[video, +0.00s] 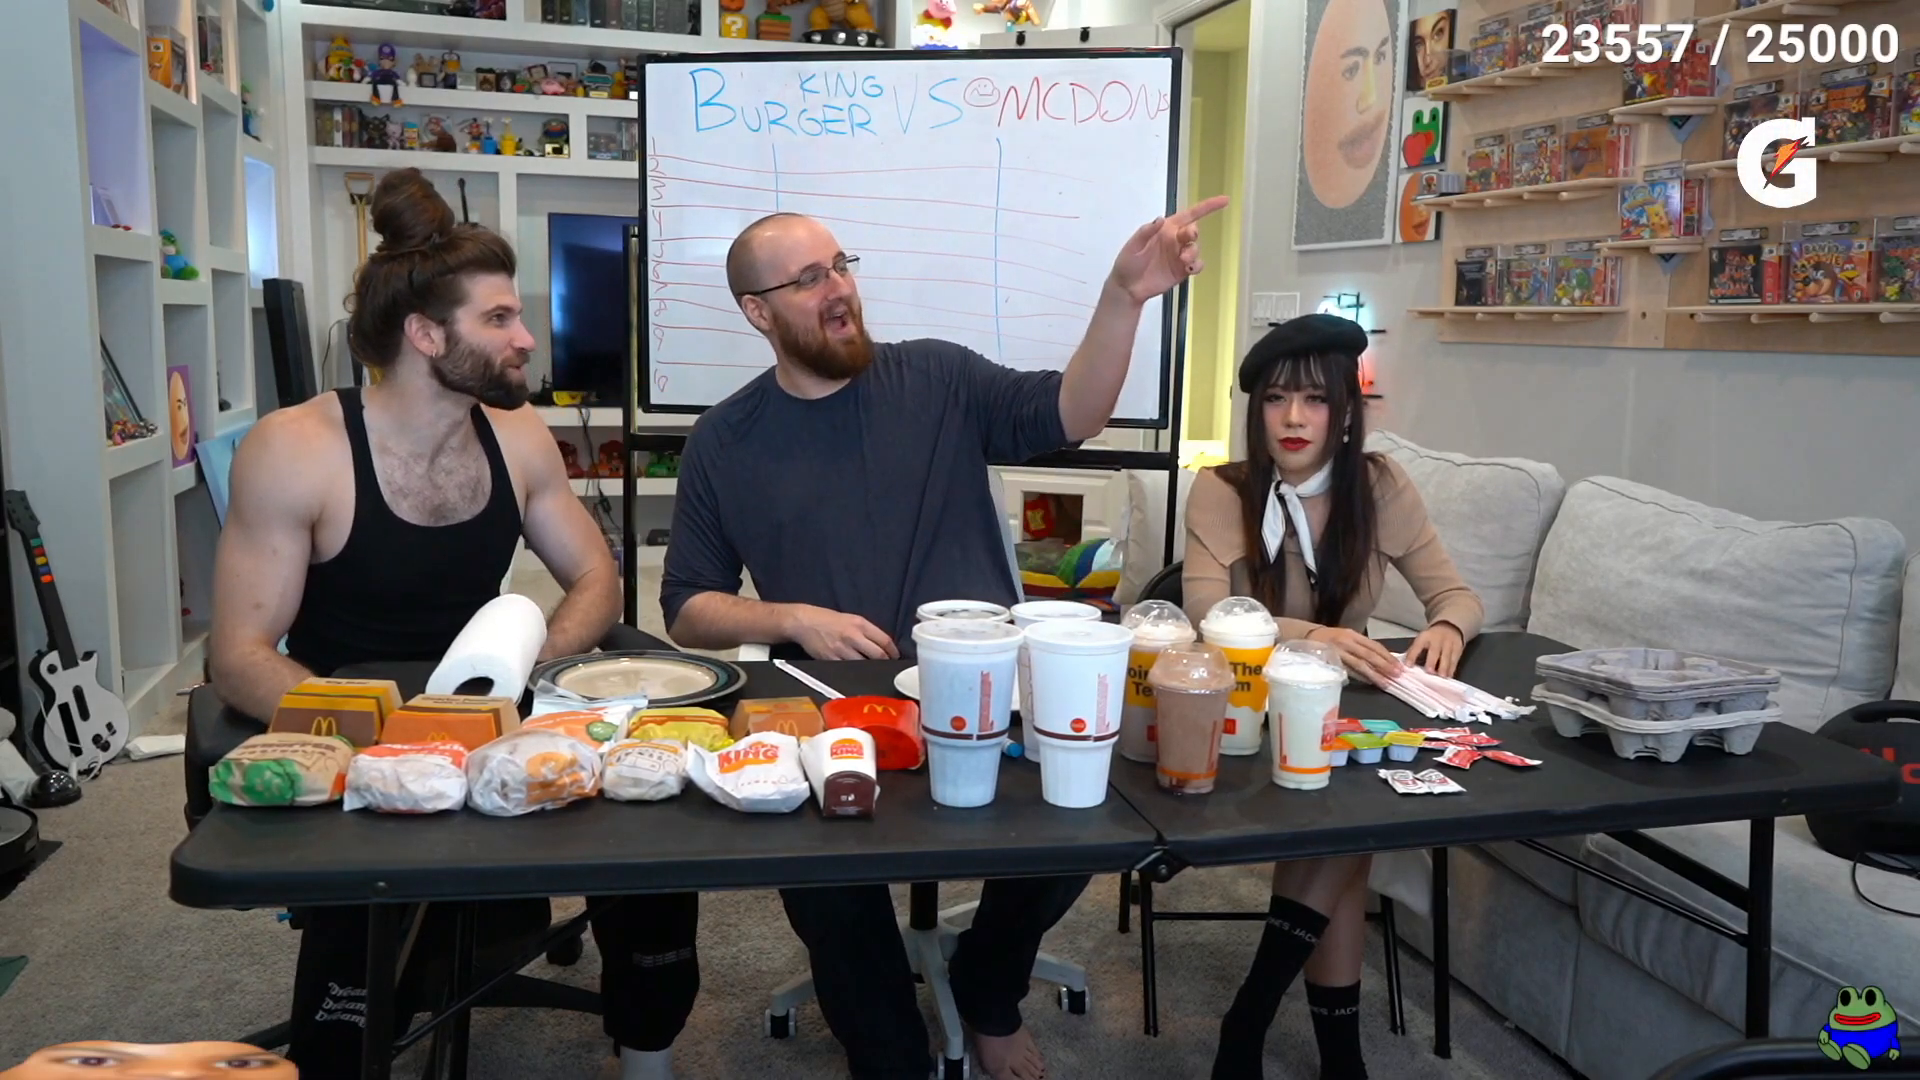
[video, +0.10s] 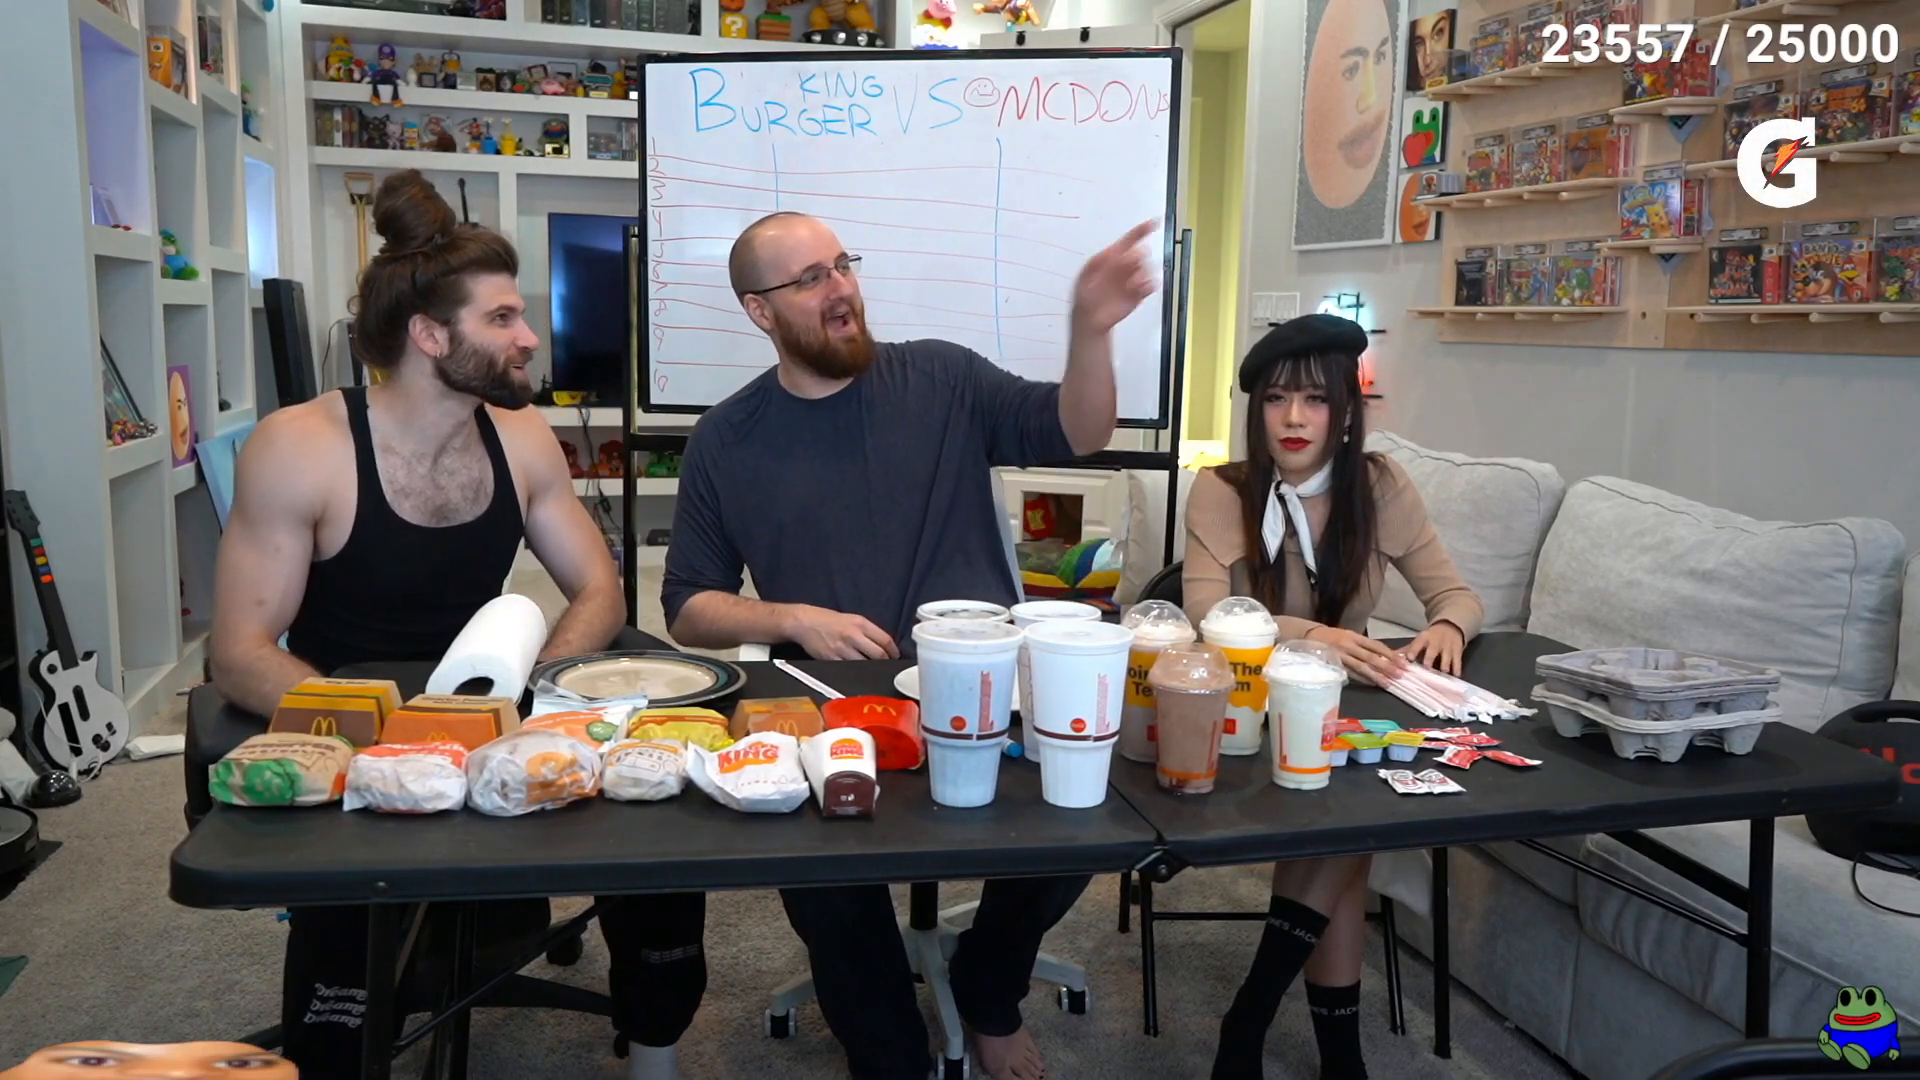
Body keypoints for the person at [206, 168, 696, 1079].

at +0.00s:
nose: (524, 337)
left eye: (521, 316)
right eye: (499, 319)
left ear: (443, 336)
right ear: (424, 337)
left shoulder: (518, 438)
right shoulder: (293, 450)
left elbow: (598, 579)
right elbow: (237, 653)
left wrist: (537, 656)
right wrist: (353, 718)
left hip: (497, 743)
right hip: (345, 755)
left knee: (653, 832)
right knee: (363, 890)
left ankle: (646, 1058)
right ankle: (330, 1069)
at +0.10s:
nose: (528, 336)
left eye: (524, 316)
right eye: (503, 319)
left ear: (447, 336)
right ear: (428, 337)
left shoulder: (521, 439)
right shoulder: (298, 448)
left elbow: (600, 588)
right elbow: (239, 650)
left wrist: (539, 681)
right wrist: (360, 721)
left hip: (496, 743)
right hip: (342, 754)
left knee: (660, 823)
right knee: (353, 880)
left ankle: (652, 1057)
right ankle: (329, 1069)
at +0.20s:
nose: (535, 337)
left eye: (532, 316)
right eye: (510, 319)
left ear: (452, 336)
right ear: (435, 336)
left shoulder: (528, 441)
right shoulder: (305, 446)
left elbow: (606, 599)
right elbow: (235, 647)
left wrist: (541, 683)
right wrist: (363, 719)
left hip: (499, 742)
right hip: (343, 753)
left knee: (663, 820)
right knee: (337, 884)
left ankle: (658, 1051)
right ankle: (319, 1072)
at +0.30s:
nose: (543, 338)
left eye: (540, 318)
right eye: (516, 320)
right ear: (439, 337)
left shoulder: (538, 439)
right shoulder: (313, 445)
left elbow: (615, 601)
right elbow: (227, 641)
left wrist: (543, 688)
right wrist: (357, 715)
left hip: (500, 740)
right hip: (345, 751)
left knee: (663, 825)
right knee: (322, 892)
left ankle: (659, 1048)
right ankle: (313, 1072)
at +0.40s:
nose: (546, 341)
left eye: (543, 321)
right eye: (518, 323)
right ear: (441, 339)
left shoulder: (549, 442)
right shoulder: (317, 449)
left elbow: (620, 604)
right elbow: (222, 639)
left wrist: (543, 685)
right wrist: (357, 710)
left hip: (509, 742)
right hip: (349, 752)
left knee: (660, 830)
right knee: (315, 891)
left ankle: (656, 1055)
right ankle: (312, 1071)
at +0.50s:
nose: (544, 344)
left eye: (542, 324)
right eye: (515, 326)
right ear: (438, 343)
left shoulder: (553, 442)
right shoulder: (318, 457)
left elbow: (624, 609)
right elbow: (216, 647)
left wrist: (540, 684)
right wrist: (359, 713)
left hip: (513, 746)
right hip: (354, 755)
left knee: (657, 828)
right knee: (306, 881)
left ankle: (655, 1055)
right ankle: (312, 1070)